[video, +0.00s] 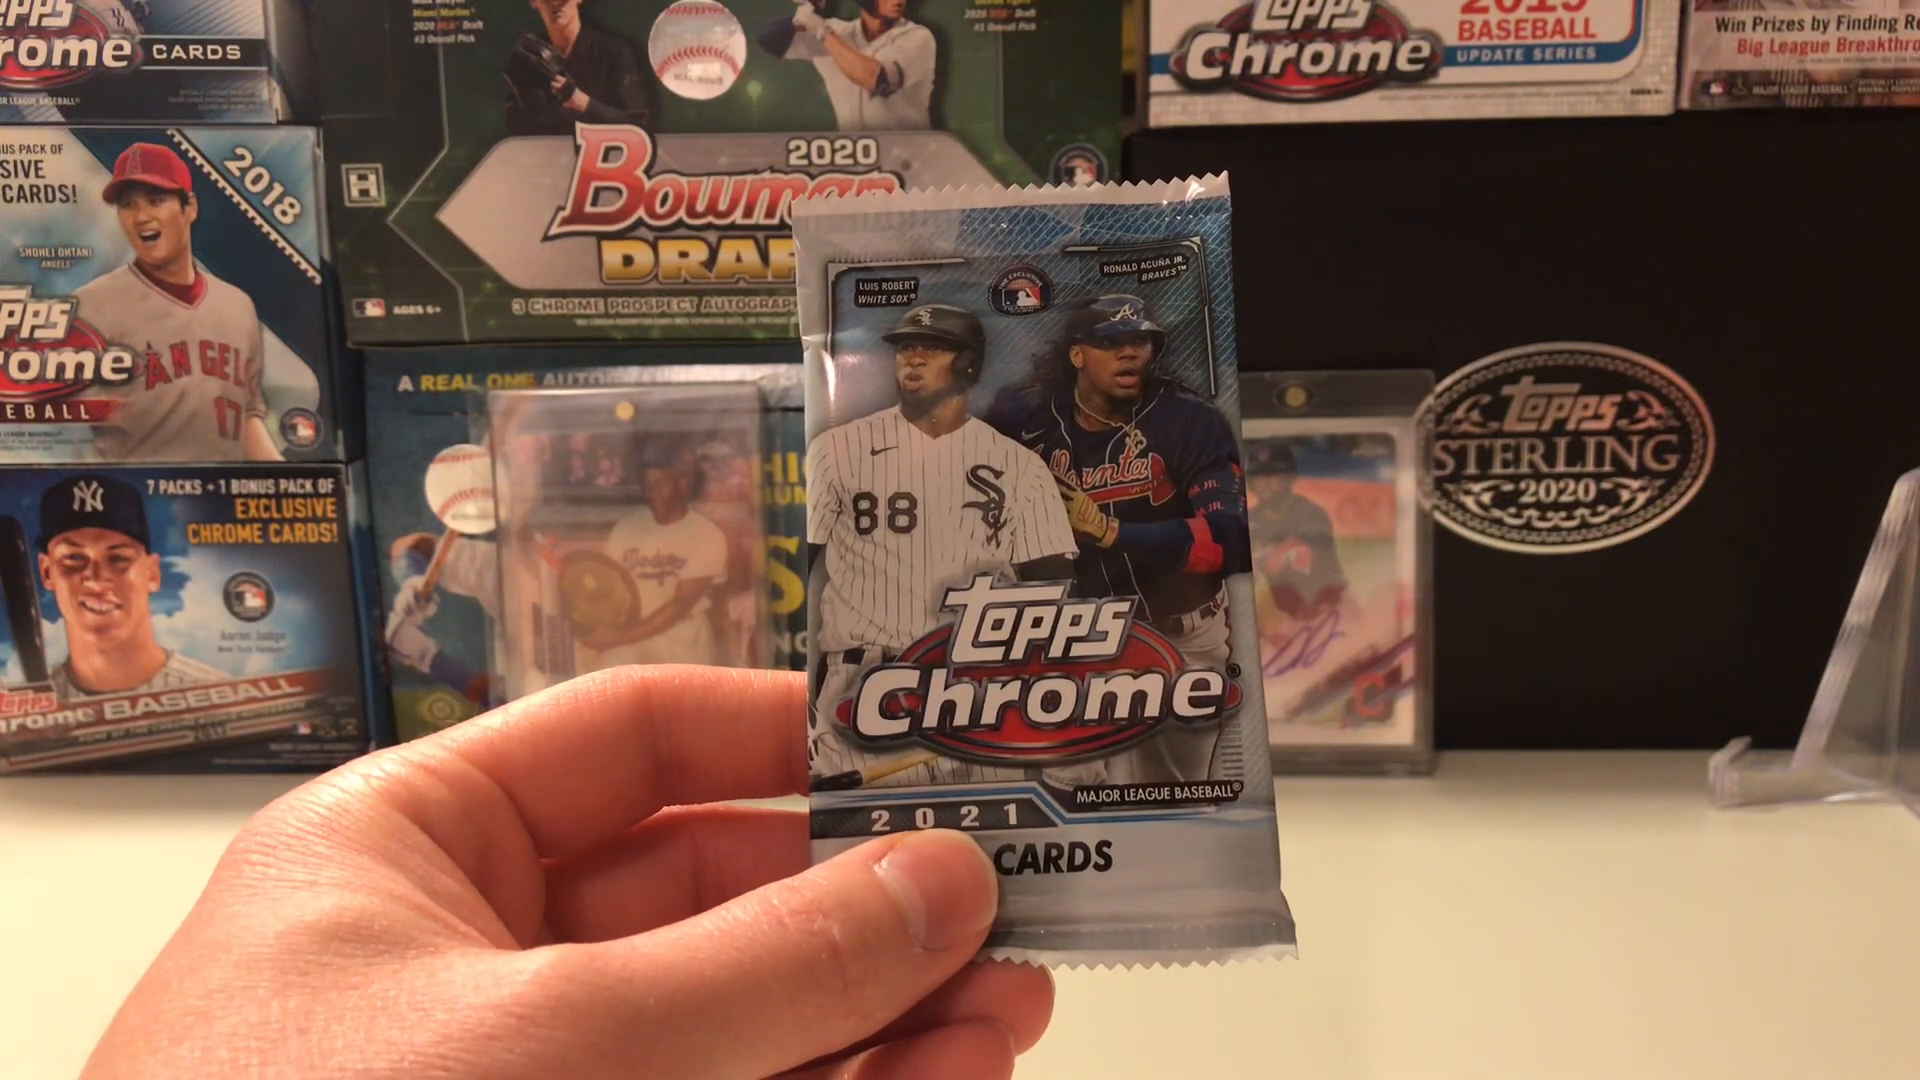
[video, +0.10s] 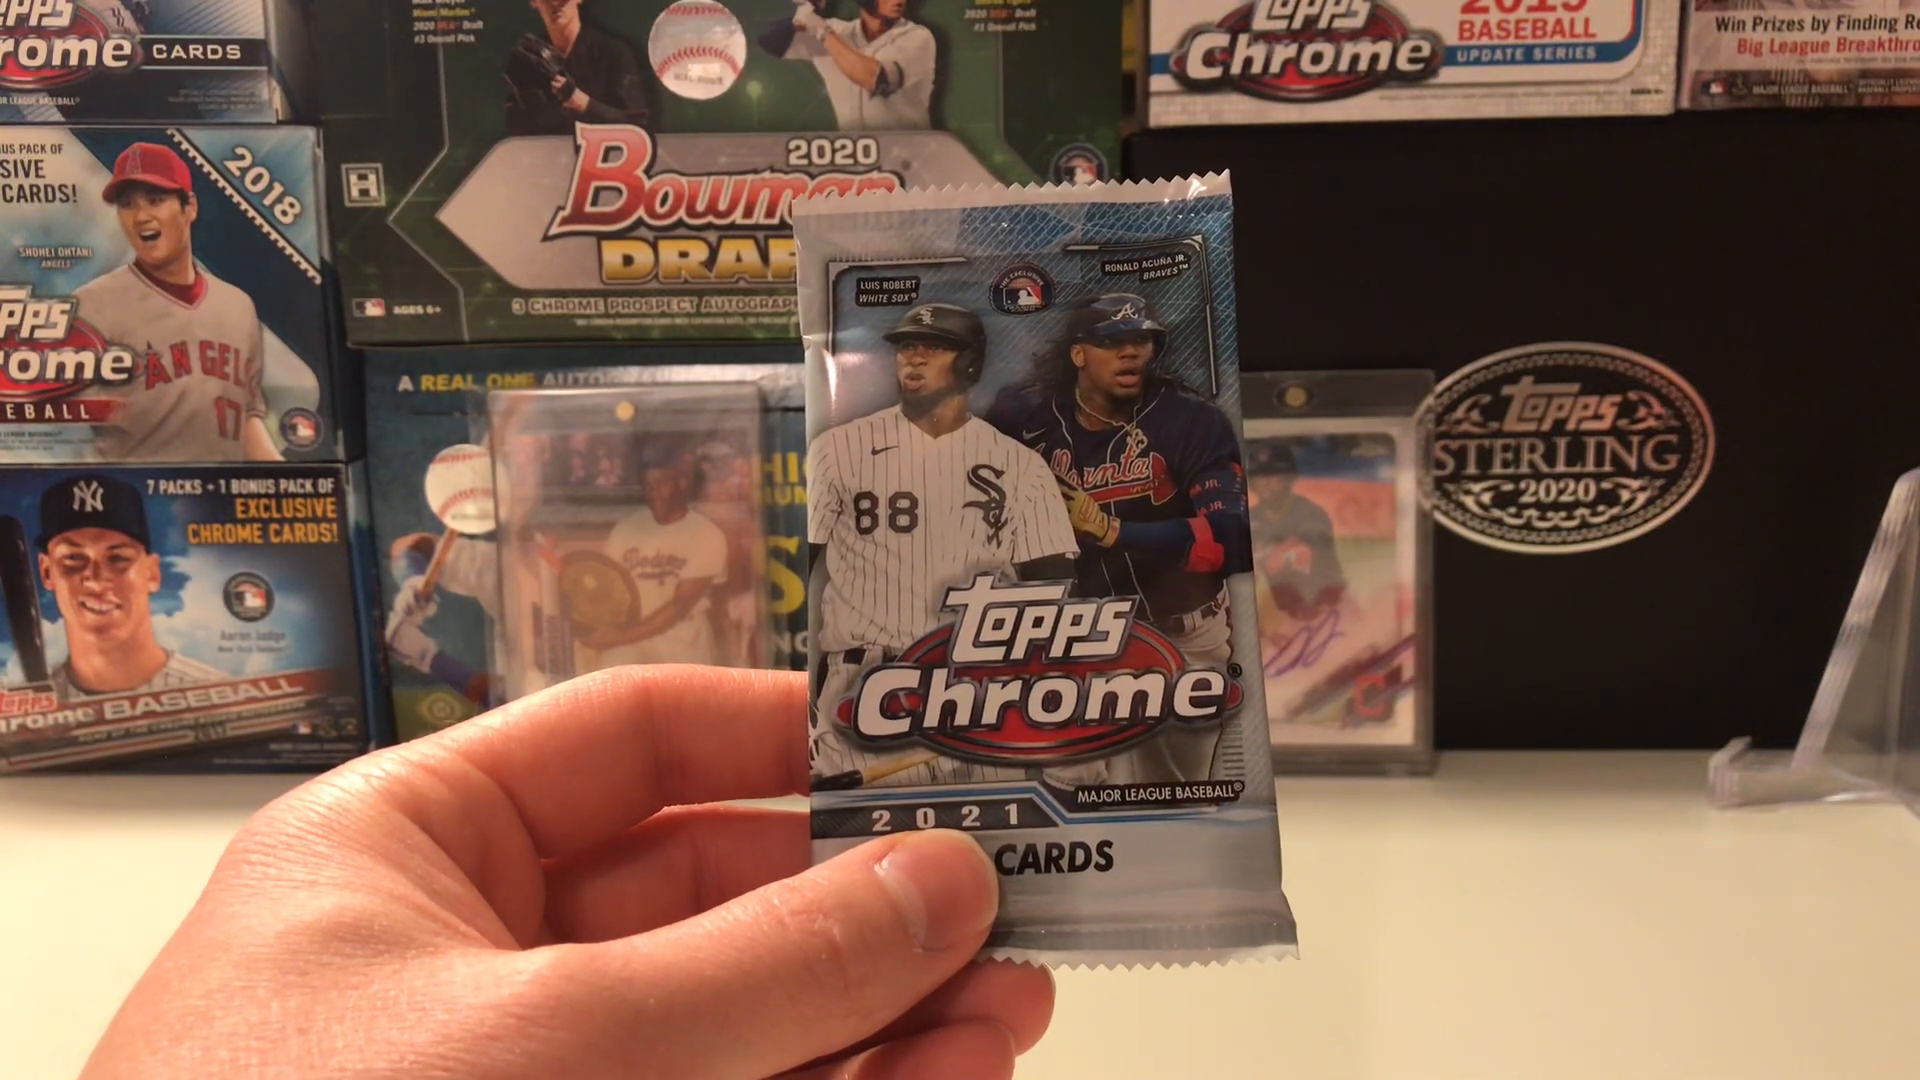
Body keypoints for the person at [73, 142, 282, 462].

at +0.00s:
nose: (143, 216)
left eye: (156, 199)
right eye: (128, 204)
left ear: (190, 209)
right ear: (118, 217)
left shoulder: (239, 307)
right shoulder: (92, 307)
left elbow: (247, 414)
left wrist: (283, 482)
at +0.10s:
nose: (143, 216)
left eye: (156, 199)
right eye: (128, 203)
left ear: (190, 209)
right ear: (119, 217)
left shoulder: (239, 307)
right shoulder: (92, 306)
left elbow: (248, 414)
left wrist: (284, 484)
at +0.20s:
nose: (142, 216)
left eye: (156, 199)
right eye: (128, 204)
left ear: (190, 209)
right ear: (119, 218)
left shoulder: (239, 307)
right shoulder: (92, 306)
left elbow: (248, 414)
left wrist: (283, 483)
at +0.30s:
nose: (143, 216)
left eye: (156, 200)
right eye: (128, 204)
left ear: (190, 209)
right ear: (119, 218)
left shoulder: (239, 307)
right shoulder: (92, 307)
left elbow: (247, 414)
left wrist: (283, 482)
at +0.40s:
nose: (142, 216)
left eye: (156, 200)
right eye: (128, 204)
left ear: (190, 209)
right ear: (119, 218)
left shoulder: (239, 307)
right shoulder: (92, 307)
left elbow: (247, 415)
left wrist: (284, 483)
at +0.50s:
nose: (142, 215)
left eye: (156, 199)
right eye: (128, 203)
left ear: (189, 208)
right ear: (119, 217)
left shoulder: (239, 306)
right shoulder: (92, 306)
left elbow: (247, 413)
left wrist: (283, 482)